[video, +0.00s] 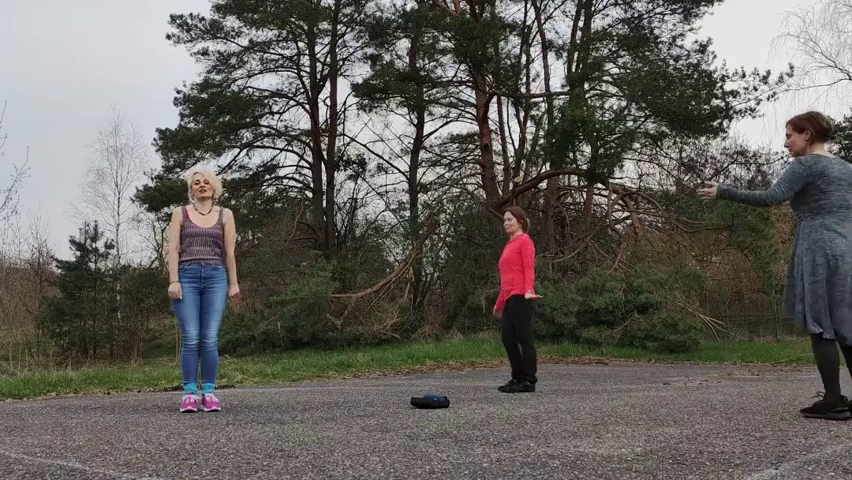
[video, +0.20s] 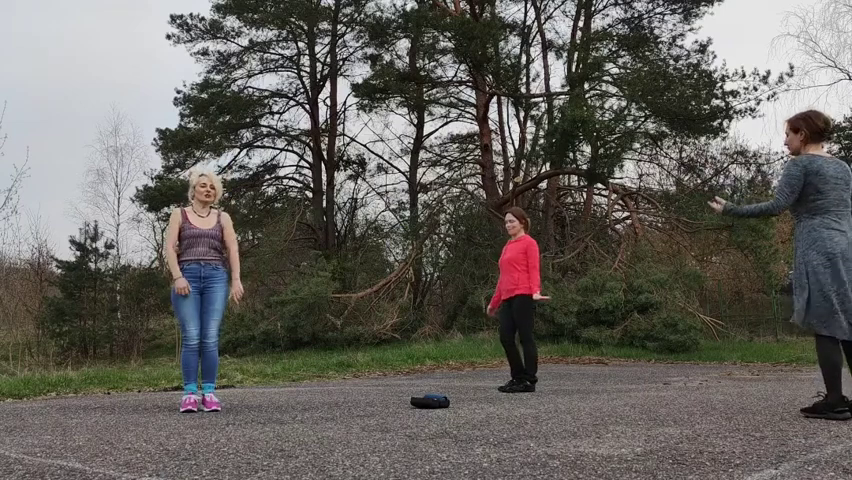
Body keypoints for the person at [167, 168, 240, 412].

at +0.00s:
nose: (201, 185)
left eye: (206, 181)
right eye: (196, 182)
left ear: (214, 186)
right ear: (191, 188)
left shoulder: (225, 214)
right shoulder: (180, 213)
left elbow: (229, 252)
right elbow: (173, 249)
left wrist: (233, 282)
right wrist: (174, 280)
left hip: (216, 276)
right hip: (186, 276)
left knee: (210, 338)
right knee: (191, 337)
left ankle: (209, 392)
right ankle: (190, 393)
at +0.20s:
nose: (208, 190)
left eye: (212, 187)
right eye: (203, 186)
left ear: (217, 192)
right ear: (193, 189)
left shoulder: (223, 217)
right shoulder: (179, 214)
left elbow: (233, 249)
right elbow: (170, 248)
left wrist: (236, 279)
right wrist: (177, 276)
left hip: (216, 276)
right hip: (186, 276)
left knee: (210, 337)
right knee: (191, 336)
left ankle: (209, 392)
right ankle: (190, 392)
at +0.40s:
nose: (206, 189)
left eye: (210, 186)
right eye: (201, 186)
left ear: (216, 191)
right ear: (193, 190)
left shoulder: (221, 218)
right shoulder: (181, 214)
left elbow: (237, 246)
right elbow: (167, 245)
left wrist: (232, 256)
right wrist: (168, 258)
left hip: (217, 278)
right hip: (188, 277)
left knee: (211, 337)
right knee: (193, 336)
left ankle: (209, 393)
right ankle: (190, 393)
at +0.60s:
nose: (205, 189)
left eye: (210, 185)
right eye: (200, 185)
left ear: (215, 191)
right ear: (192, 189)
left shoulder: (222, 219)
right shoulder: (180, 215)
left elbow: (229, 253)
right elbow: (170, 247)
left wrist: (240, 254)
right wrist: (162, 257)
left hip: (217, 277)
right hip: (186, 276)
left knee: (211, 338)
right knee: (192, 336)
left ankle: (209, 393)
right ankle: (190, 393)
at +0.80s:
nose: (206, 189)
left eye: (211, 186)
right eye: (202, 184)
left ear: (215, 191)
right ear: (192, 188)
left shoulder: (221, 216)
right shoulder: (178, 217)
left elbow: (236, 247)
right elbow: (170, 247)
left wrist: (253, 276)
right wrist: (161, 259)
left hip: (216, 278)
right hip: (185, 278)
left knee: (210, 338)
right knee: (191, 337)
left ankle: (209, 393)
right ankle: (190, 393)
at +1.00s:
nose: (202, 184)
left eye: (207, 181)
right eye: (198, 181)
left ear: (214, 189)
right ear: (190, 188)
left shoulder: (223, 217)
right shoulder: (179, 215)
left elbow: (235, 252)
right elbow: (168, 247)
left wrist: (249, 280)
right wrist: (162, 264)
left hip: (216, 277)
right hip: (185, 277)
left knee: (210, 338)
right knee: (191, 337)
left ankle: (209, 393)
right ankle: (190, 393)